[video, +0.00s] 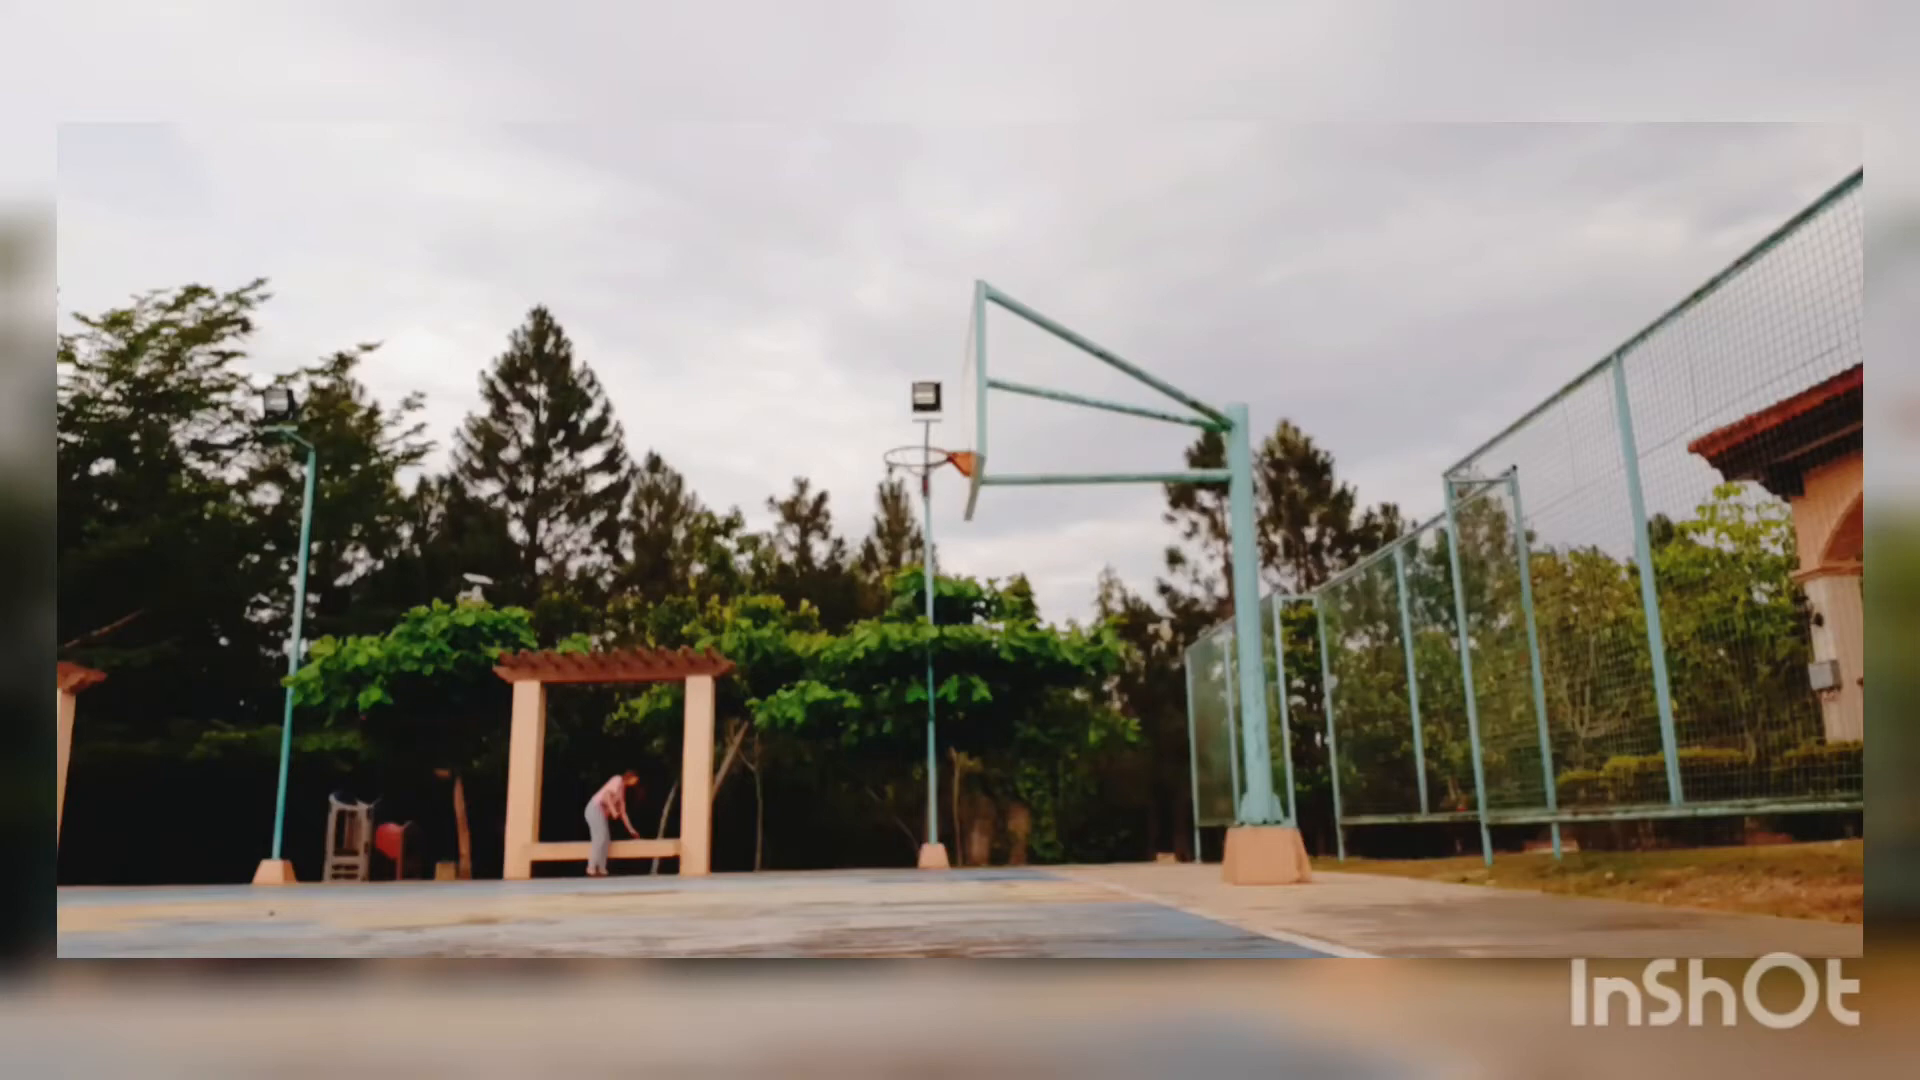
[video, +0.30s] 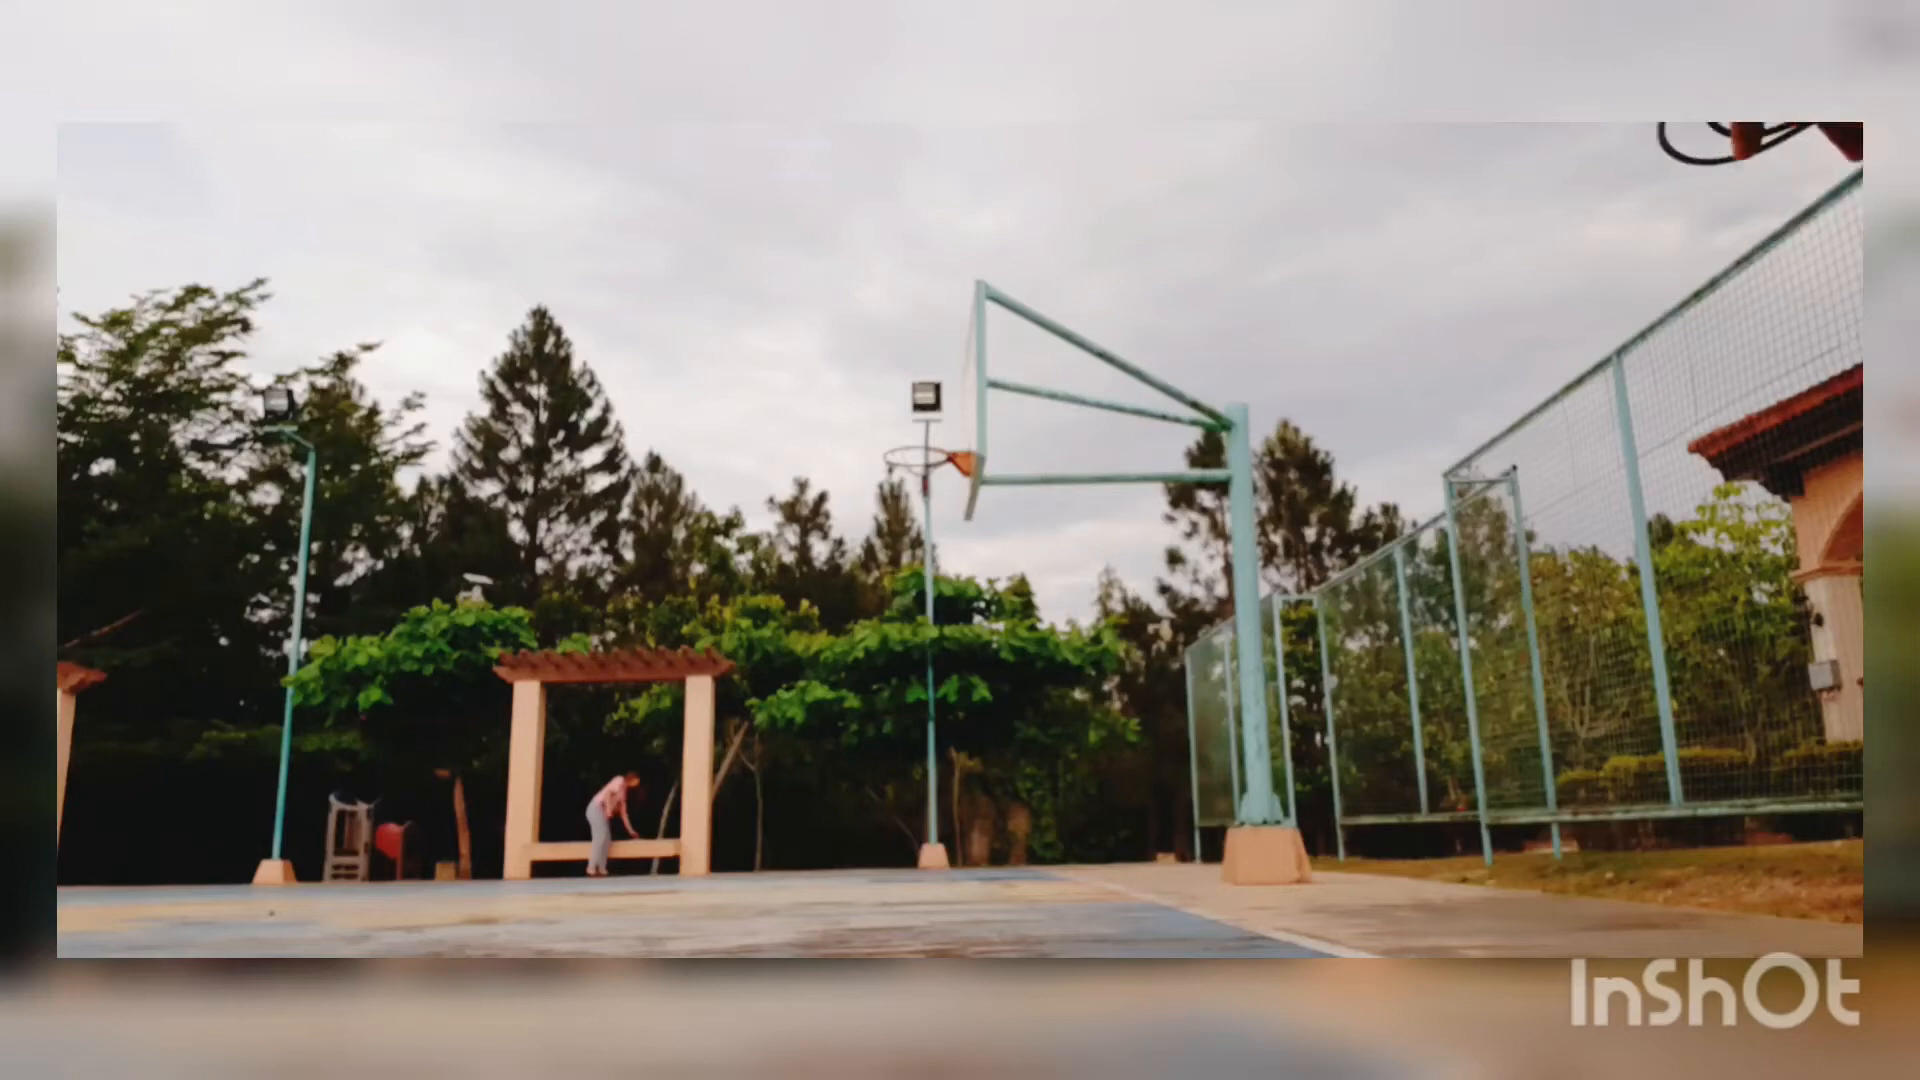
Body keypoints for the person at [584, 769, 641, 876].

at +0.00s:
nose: (634, 783)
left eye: (635, 781)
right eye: (634, 780)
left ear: (631, 779)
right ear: (629, 776)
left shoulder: (621, 789)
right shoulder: (617, 780)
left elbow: (622, 812)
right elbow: (606, 794)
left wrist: (631, 829)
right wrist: (613, 811)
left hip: (602, 811)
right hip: (595, 808)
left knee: (605, 838)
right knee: (600, 837)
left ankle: (601, 867)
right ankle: (592, 866)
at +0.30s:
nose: (636, 784)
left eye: (637, 782)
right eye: (635, 781)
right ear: (631, 778)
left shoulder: (622, 791)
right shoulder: (619, 780)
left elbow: (623, 813)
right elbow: (607, 792)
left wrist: (630, 830)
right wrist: (608, 807)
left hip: (603, 810)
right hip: (596, 807)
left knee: (606, 838)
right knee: (600, 836)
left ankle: (602, 866)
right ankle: (592, 866)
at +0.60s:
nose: (635, 784)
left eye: (637, 782)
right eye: (635, 781)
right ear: (631, 778)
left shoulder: (623, 791)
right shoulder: (620, 780)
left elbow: (623, 813)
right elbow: (607, 793)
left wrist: (630, 831)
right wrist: (609, 808)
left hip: (603, 810)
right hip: (596, 807)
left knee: (607, 838)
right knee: (600, 836)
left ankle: (601, 866)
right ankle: (592, 865)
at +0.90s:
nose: (634, 781)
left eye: (636, 780)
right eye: (634, 778)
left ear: (633, 779)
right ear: (629, 775)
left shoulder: (622, 789)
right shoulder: (617, 780)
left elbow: (619, 811)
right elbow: (606, 793)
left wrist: (622, 828)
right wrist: (609, 808)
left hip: (604, 810)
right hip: (596, 807)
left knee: (605, 838)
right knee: (600, 836)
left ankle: (601, 866)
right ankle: (592, 866)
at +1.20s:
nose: (630, 771)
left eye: (632, 769)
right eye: (628, 767)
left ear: (633, 772)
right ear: (623, 767)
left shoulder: (622, 787)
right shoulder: (611, 778)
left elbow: (619, 807)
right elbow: (600, 794)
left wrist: (617, 826)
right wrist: (602, 810)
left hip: (607, 812)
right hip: (596, 808)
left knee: (607, 838)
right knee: (597, 837)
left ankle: (602, 867)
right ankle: (591, 867)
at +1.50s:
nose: (610, 767)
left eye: (613, 764)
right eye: (609, 764)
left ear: (618, 767)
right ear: (607, 765)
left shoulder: (621, 785)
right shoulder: (599, 781)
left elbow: (621, 805)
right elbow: (594, 798)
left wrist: (618, 821)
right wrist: (596, 814)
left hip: (611, 811)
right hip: (596, 809)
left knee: (611, 839)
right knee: (596, 838)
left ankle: (604, 868)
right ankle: (593, 867)